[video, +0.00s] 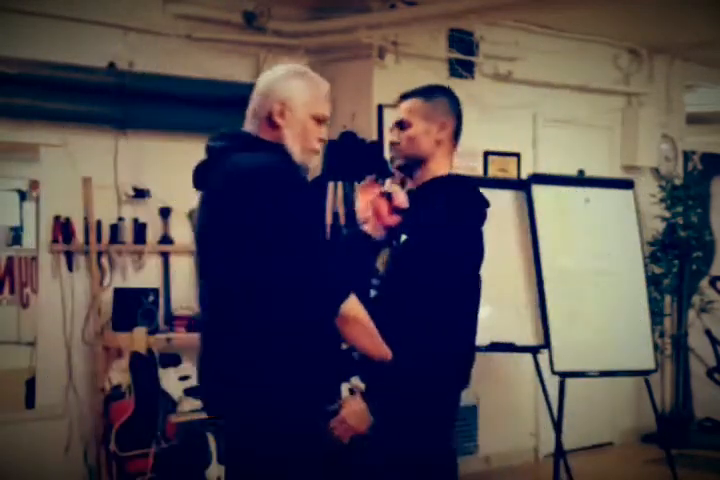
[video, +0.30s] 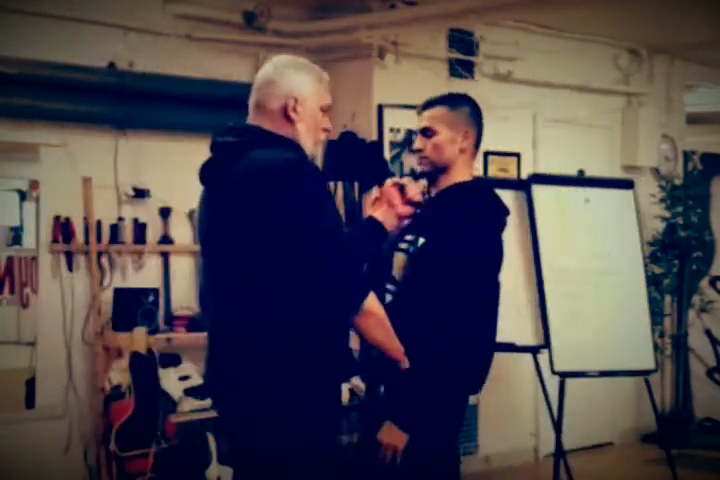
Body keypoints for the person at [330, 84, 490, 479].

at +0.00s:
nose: (391, 137)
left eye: (403, 126)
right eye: (393, 127)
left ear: (441, 132)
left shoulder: (449, 207)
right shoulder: (405, 203)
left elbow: (431, 325)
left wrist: (372, 401)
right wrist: (352, 382)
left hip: (417, 402)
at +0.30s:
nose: (416, 144)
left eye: (429, 133)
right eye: (417, 134)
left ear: (464, 141)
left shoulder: (470, 212)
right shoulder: (432, 205)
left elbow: (454, 328)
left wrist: (405, 417)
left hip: (434, 392)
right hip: (403, 381)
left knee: (426, 471)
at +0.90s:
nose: (440, 150)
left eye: (454, 141)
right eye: (441, 142)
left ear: (489, 155)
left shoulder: (493, 220)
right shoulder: (445, 223)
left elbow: (480, 340)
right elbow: (388, 323)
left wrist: (424, 427)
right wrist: (389, 259)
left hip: (432, 403)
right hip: (402, 392)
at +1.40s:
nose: (433, 124)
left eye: (444, 113)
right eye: (434, 114)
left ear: (480, 121)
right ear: (476, 124)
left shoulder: (493, 186)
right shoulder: (489, 182)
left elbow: (476, 307)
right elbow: (472, 301)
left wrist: (389, 352)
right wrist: (410, 301)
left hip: (508, 367)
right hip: (505, 362)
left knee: (481, 471)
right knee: (484, 470)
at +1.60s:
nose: (453, 139)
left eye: (463, 126)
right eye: (452, 128)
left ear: (499, 129)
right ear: (495, 132)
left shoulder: (533, 197)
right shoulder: (475, 212)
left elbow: (513, 320)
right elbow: (485, 310)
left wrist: (434, 300)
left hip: (542, 374)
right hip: (509, 373)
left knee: (499, 470)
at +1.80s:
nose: (477, 154)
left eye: (486, 141)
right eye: (474, 144)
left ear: (522, 136)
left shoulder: (578, 212)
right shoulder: (475, 219)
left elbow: (611, 312)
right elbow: (471, 316)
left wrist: (535, 275)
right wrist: (437, 298)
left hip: (555, 373)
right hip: (501, 372)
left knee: (511, 467)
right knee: (536, 468)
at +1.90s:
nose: (482, 159)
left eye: (490, 146)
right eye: (478, 150)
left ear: (526, 138)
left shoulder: (579, 214)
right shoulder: (473, 217)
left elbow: (621, 312)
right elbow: (459, 314)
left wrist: (555, 285)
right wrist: (434, 296)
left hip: (551, 374)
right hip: (495, 372)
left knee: (504, 468)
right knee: (530, 468)